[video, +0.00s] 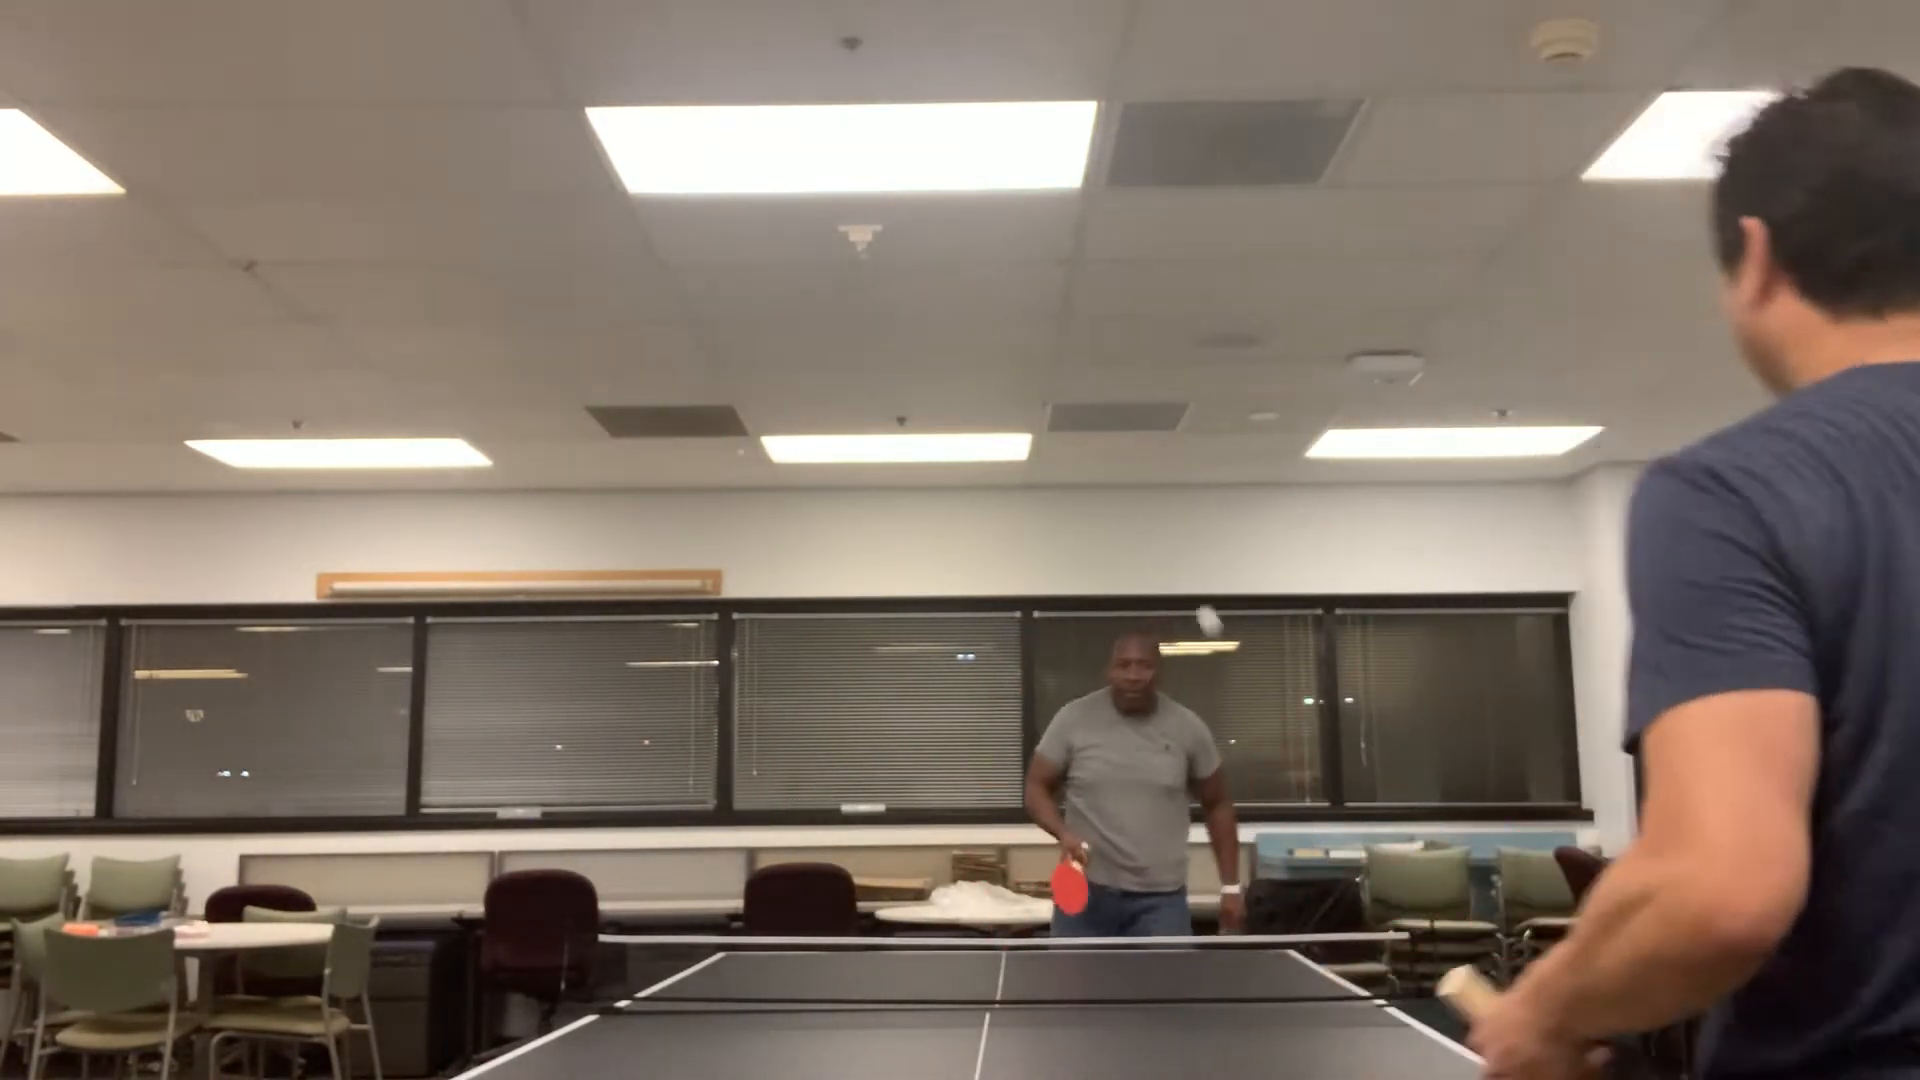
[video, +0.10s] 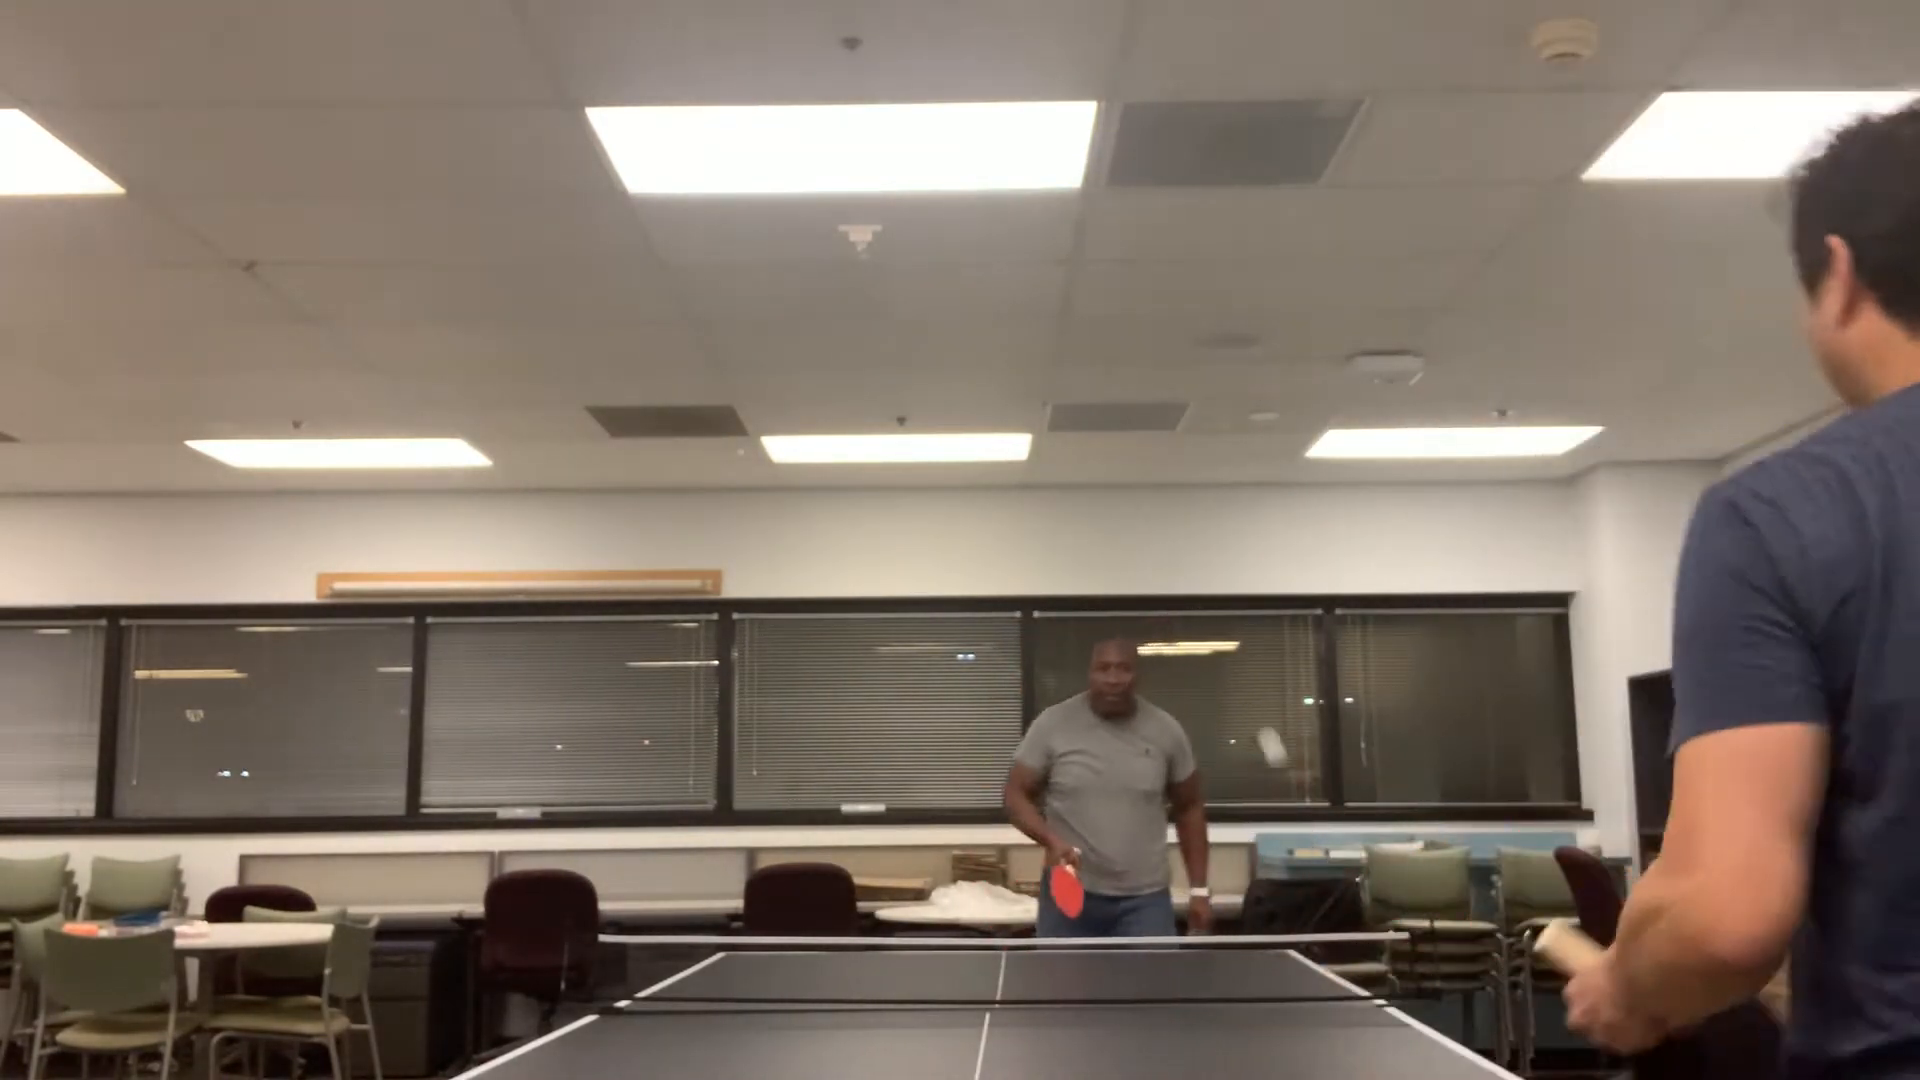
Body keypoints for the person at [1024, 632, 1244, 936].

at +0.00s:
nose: (1133, 675)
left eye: (1143, 665)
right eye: (1123, 665)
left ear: (1157, 671)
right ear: (1108, 671)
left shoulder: (1188, 728)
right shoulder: (1073, 720)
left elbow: (1218, 805)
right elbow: (1035, 788)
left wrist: (1231, 888)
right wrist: (1063, 834)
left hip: (1161, 899)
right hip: (1086, 896)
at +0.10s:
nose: (1113, 679)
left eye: (1123, 669)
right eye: (1103, 669)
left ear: (1136, 674)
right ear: (1089, 674)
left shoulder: (1165, 731)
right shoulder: (1053, 724)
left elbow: (1189, 808)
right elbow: (1015, 795)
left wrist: (1199, 891)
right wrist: (1051, 841)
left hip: (1144, 899)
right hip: (1070, 898)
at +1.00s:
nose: (1074, 676)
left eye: (1084, 665)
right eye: (1064, 665)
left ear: (1098, 667)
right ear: (1052, 669)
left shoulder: (1134, 721)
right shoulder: (1023, 726)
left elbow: (1179, 790)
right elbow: (989, 796)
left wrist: (1195, 865)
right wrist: (1011, 850)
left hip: (1118, 897)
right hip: (1044, 897)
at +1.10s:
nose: (1059, 689)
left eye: (1069, 679)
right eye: (1050, 680)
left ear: (1084, 681)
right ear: (1037, 683)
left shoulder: (1124, 736)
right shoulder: (1011, 740)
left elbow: (1167, 807)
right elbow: (980, 813)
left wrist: (1190, 886)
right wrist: (995, 866)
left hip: (1106, 904)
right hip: (1034, 904)